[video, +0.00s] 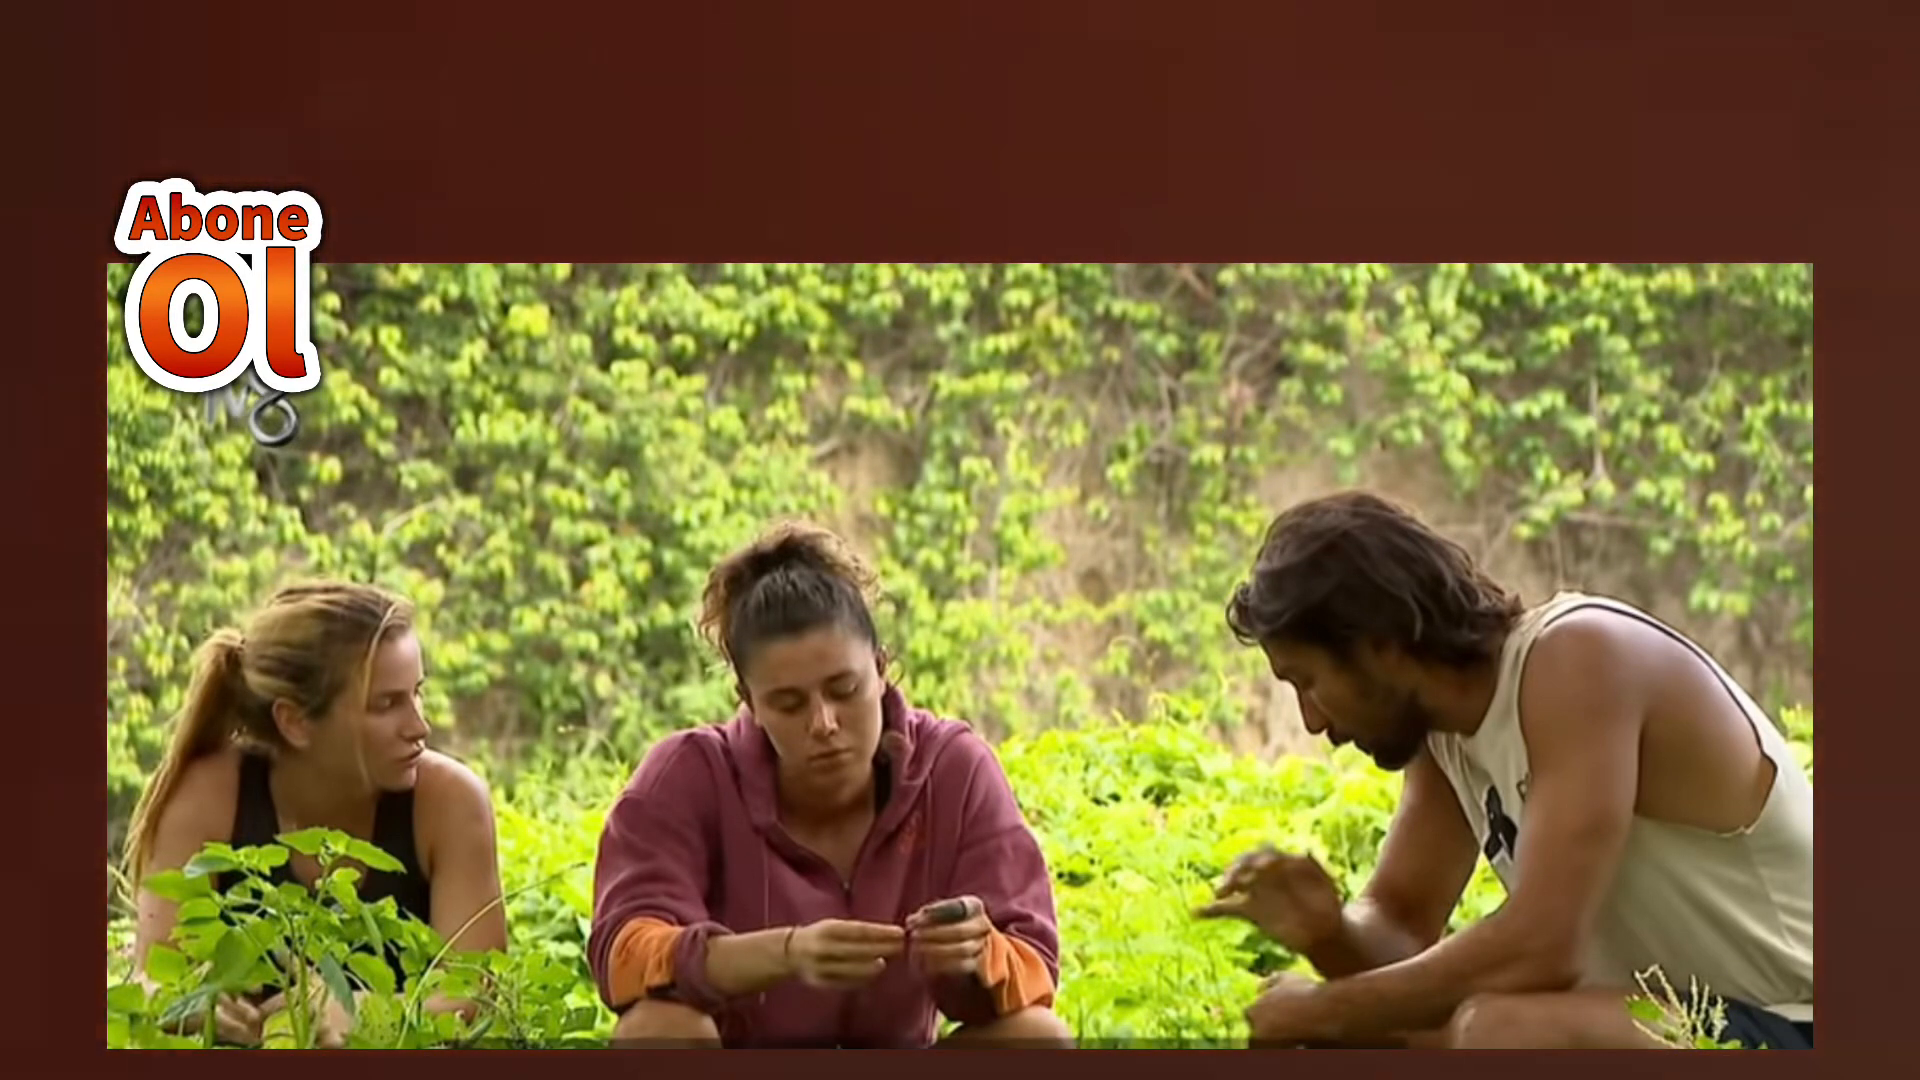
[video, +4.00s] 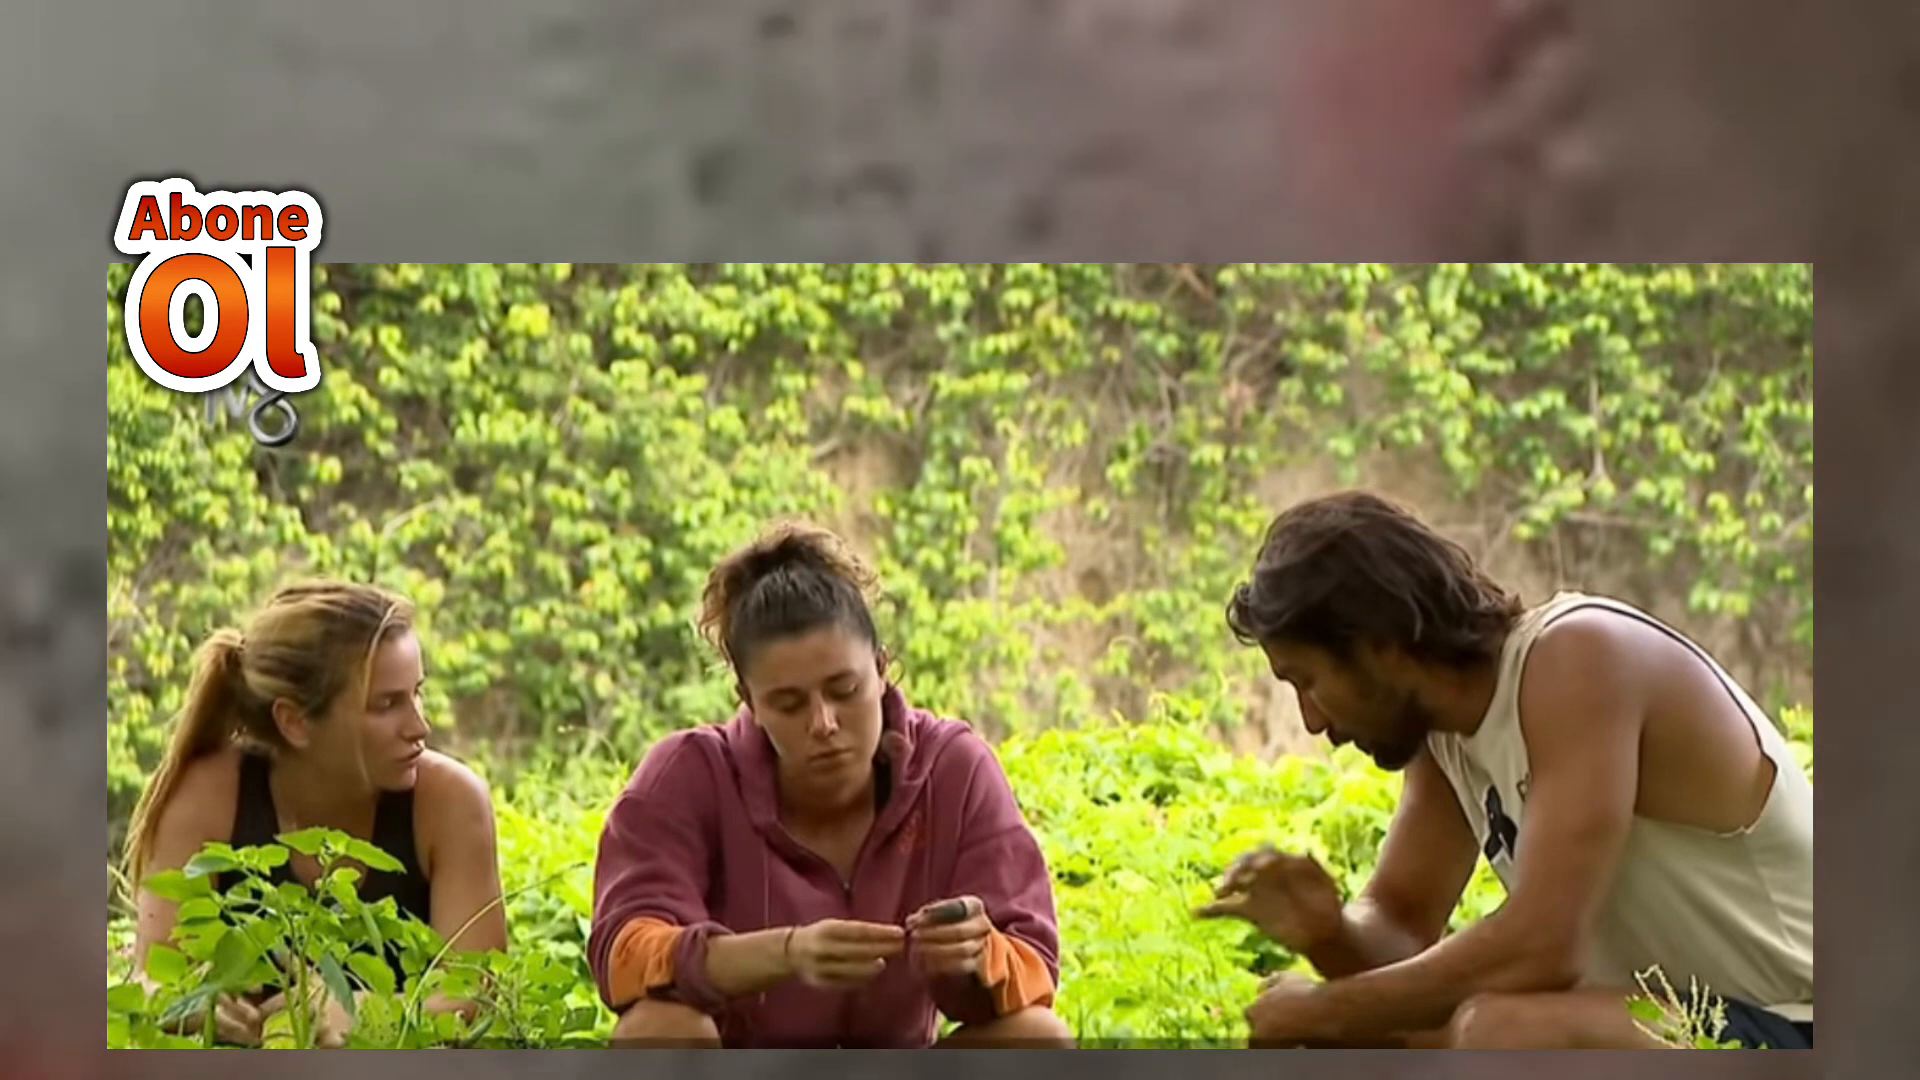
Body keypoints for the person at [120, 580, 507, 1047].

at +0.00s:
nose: (420, 725)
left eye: (417, 695)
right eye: (387, 705)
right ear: (295, 722)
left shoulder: (451, 800)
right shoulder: (206, 792)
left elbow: (470, 1001)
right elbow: (152, 982)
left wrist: (353, 1013)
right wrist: (200, 1008)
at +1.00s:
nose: (420, 725)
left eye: (417, 695)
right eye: (387, 705)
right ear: (295, 723)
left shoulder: (451, 800)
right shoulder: (206, 792)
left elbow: (470, 1001)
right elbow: (153, 985)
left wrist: (354, 1013)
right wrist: (200, 1009)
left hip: (386, 1065)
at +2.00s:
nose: (420, 725)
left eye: (417, 695)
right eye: (387, 705)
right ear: (295, 723)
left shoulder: (451, 800)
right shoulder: (206, 793)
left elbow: (470, 1000)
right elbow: (153, 985)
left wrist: (354, 1013)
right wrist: (200, 1009)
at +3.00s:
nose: (420, 725)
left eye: (417, 695)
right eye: (387, 705)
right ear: (295, 722)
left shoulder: (452, 800)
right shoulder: (206, 792)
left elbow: (470, 1002)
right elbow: (153, 983)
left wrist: (354, 1014)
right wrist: (202, 1008)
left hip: (387, 1069)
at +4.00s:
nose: (420, 725)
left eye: (417, 695)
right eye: (388, 705)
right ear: (295, 722)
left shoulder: (451, 799)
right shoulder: (206, 792)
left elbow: (471, 1002)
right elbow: (154, 983)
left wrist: (354, 1013)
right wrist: (200, 1008)